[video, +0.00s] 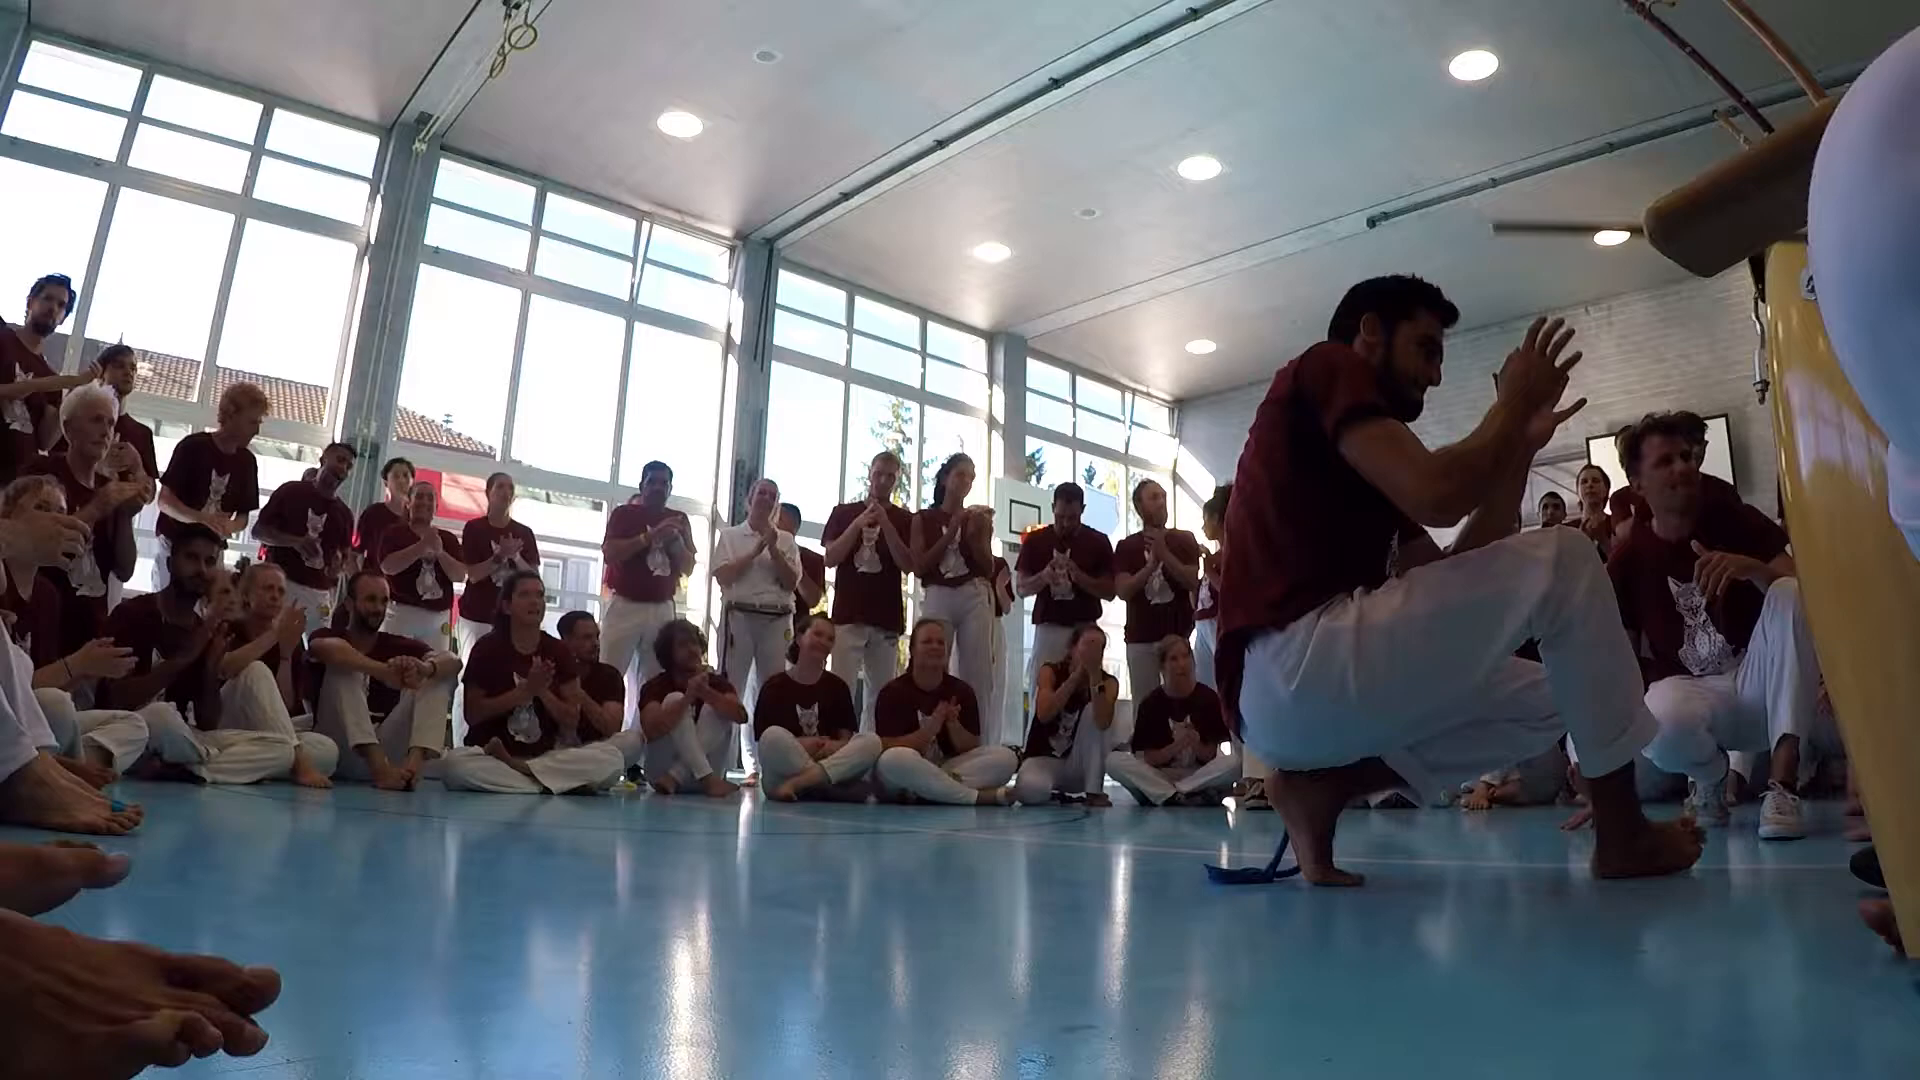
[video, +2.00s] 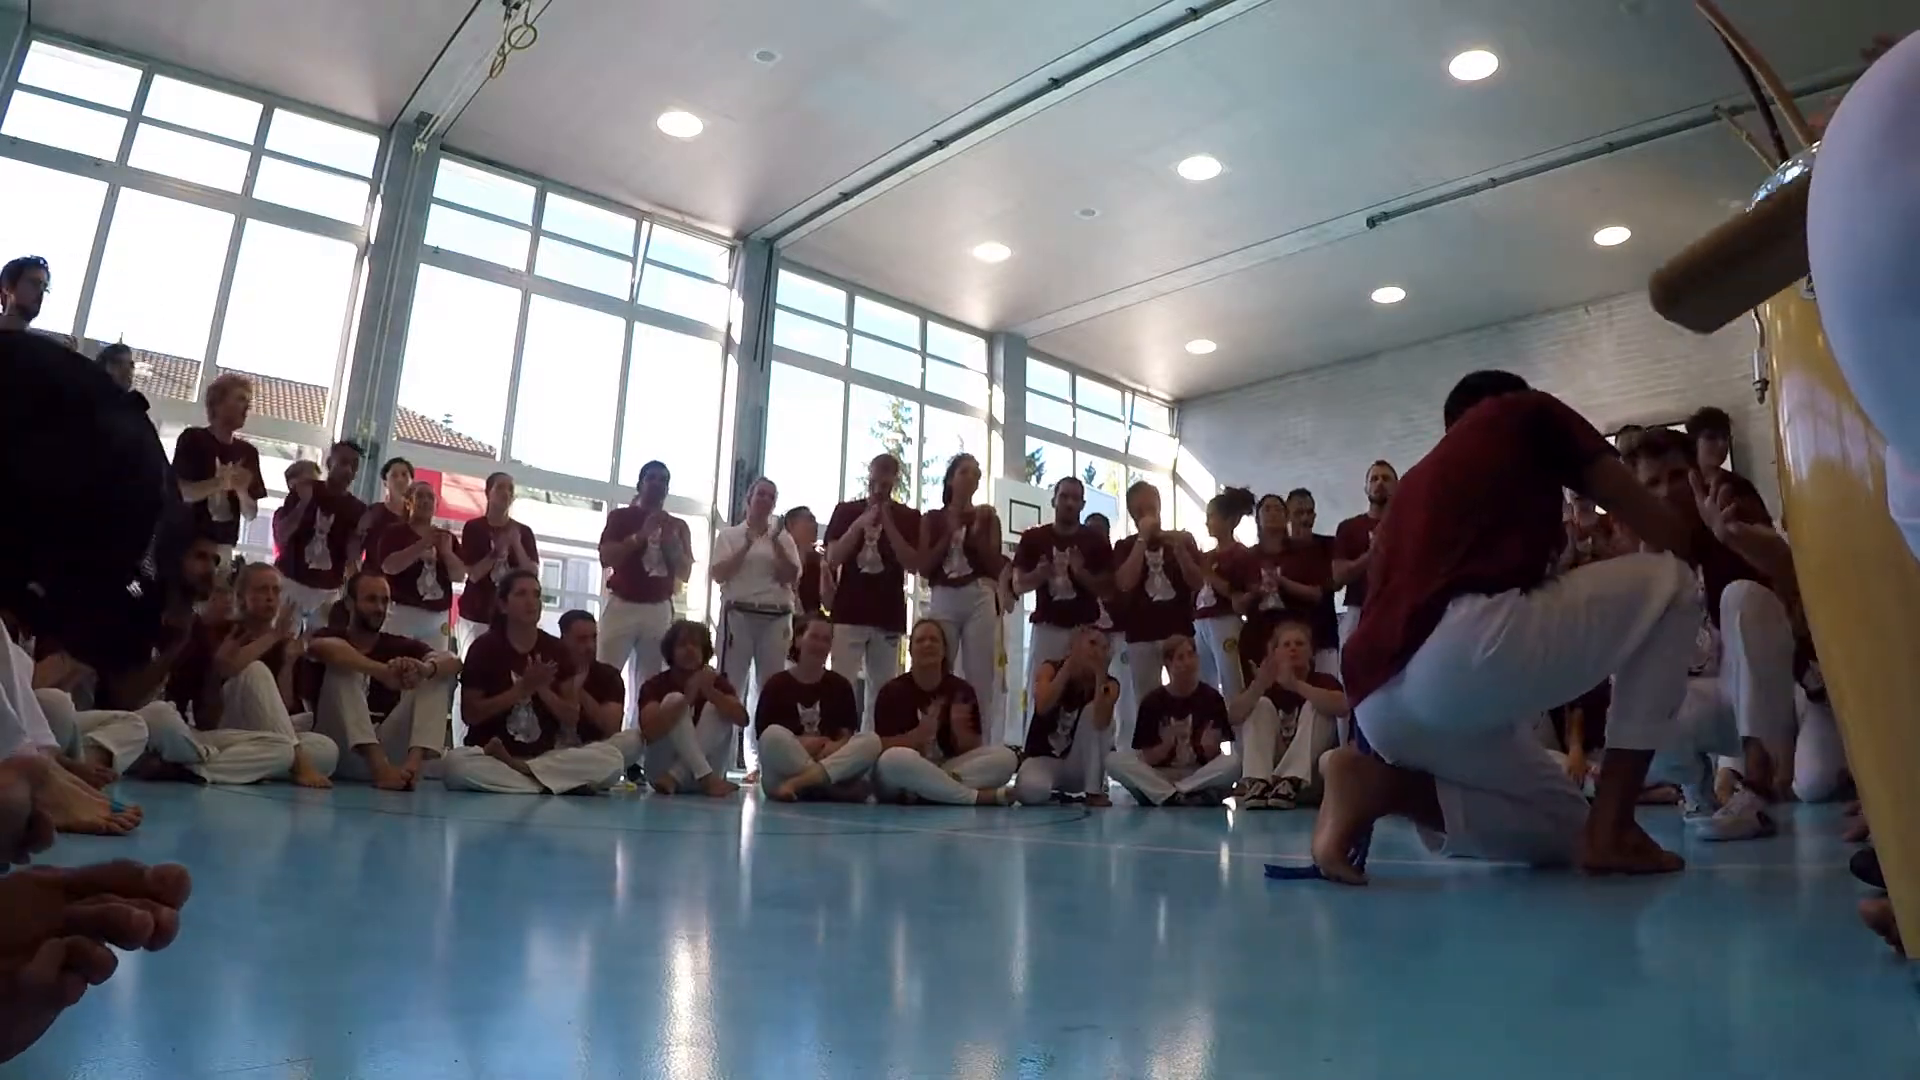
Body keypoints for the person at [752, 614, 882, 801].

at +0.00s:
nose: (823, 642)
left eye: (829, 640)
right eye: (817, 635)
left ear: (833, 648)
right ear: (799, 638)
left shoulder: (838, 687)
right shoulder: (774, 685)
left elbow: (846, 740)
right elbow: (764, 739)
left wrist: (832, 747)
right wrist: (806, 744)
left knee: (872, 742)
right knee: (772, 736)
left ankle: (796, 785)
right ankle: (835, 789)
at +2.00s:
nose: (820, 645)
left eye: (826, 640)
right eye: (814, 637)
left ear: (831, 646)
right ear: (797, 640)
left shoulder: (840, 685)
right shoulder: (777, 683)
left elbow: (846, 736)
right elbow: (764, 736)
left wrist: (833, 748)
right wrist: (806, 744)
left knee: (872, 742)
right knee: (772, 736)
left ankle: (796, 784)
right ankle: (835, 789)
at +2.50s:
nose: (818, 643)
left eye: (825, 639)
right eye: (813, 636)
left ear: (830, 645)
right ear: (797, 639)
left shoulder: (839, 685)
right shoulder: (776, 684)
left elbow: (846, 737)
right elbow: (764, 737)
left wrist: (832, 747)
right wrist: (800, 744)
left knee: (871, 741)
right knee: (773, 736)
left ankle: (797, 784)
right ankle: (835, 789)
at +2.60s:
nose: (818, 643)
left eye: (824, 639)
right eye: (812, 635)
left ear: (830, 646)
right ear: (797, 639)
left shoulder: (839, 685)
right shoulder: (776, 684)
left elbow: (846, 736)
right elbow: (764, 736)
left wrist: (832, 747)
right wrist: (801, 744)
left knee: (870, 741)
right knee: (773, 736)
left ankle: (796, 784)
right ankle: (835, 789)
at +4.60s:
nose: (823, 643)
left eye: (829, 638)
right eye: (816, 636)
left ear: (834, 645)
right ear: (800, 639)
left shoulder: (841, 680)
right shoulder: (783, 680)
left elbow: (858, 723)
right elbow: (784, 732)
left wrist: (833, 690)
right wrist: (818, 692)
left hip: (833, 778)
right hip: (787, 775)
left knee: (866, 729)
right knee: (765, 723)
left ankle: (802, 783)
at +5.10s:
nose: (823, 647)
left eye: (829, 643)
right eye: (817, 639)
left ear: (835, 649)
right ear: (800, 640)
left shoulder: (841, 682)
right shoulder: (782, 682)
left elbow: (856, 727)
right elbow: (784, 737)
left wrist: (839, 694)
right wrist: (813, 693)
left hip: (837, 779)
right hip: (788, 778)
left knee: (864, 728)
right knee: (768, 720)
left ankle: (799, 783)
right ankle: (831, 784)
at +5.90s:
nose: (809, 645)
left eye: (812, 639)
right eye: (801, 639)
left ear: (817, 643)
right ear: (784, 644)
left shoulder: (825, 673)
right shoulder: (772, 679)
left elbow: (845, 700)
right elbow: (797, 724)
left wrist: (830, 649)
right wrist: (794, 669)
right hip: (785, 778)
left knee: (855, 717)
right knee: (767, 720)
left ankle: (798, 784)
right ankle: (829, 785)